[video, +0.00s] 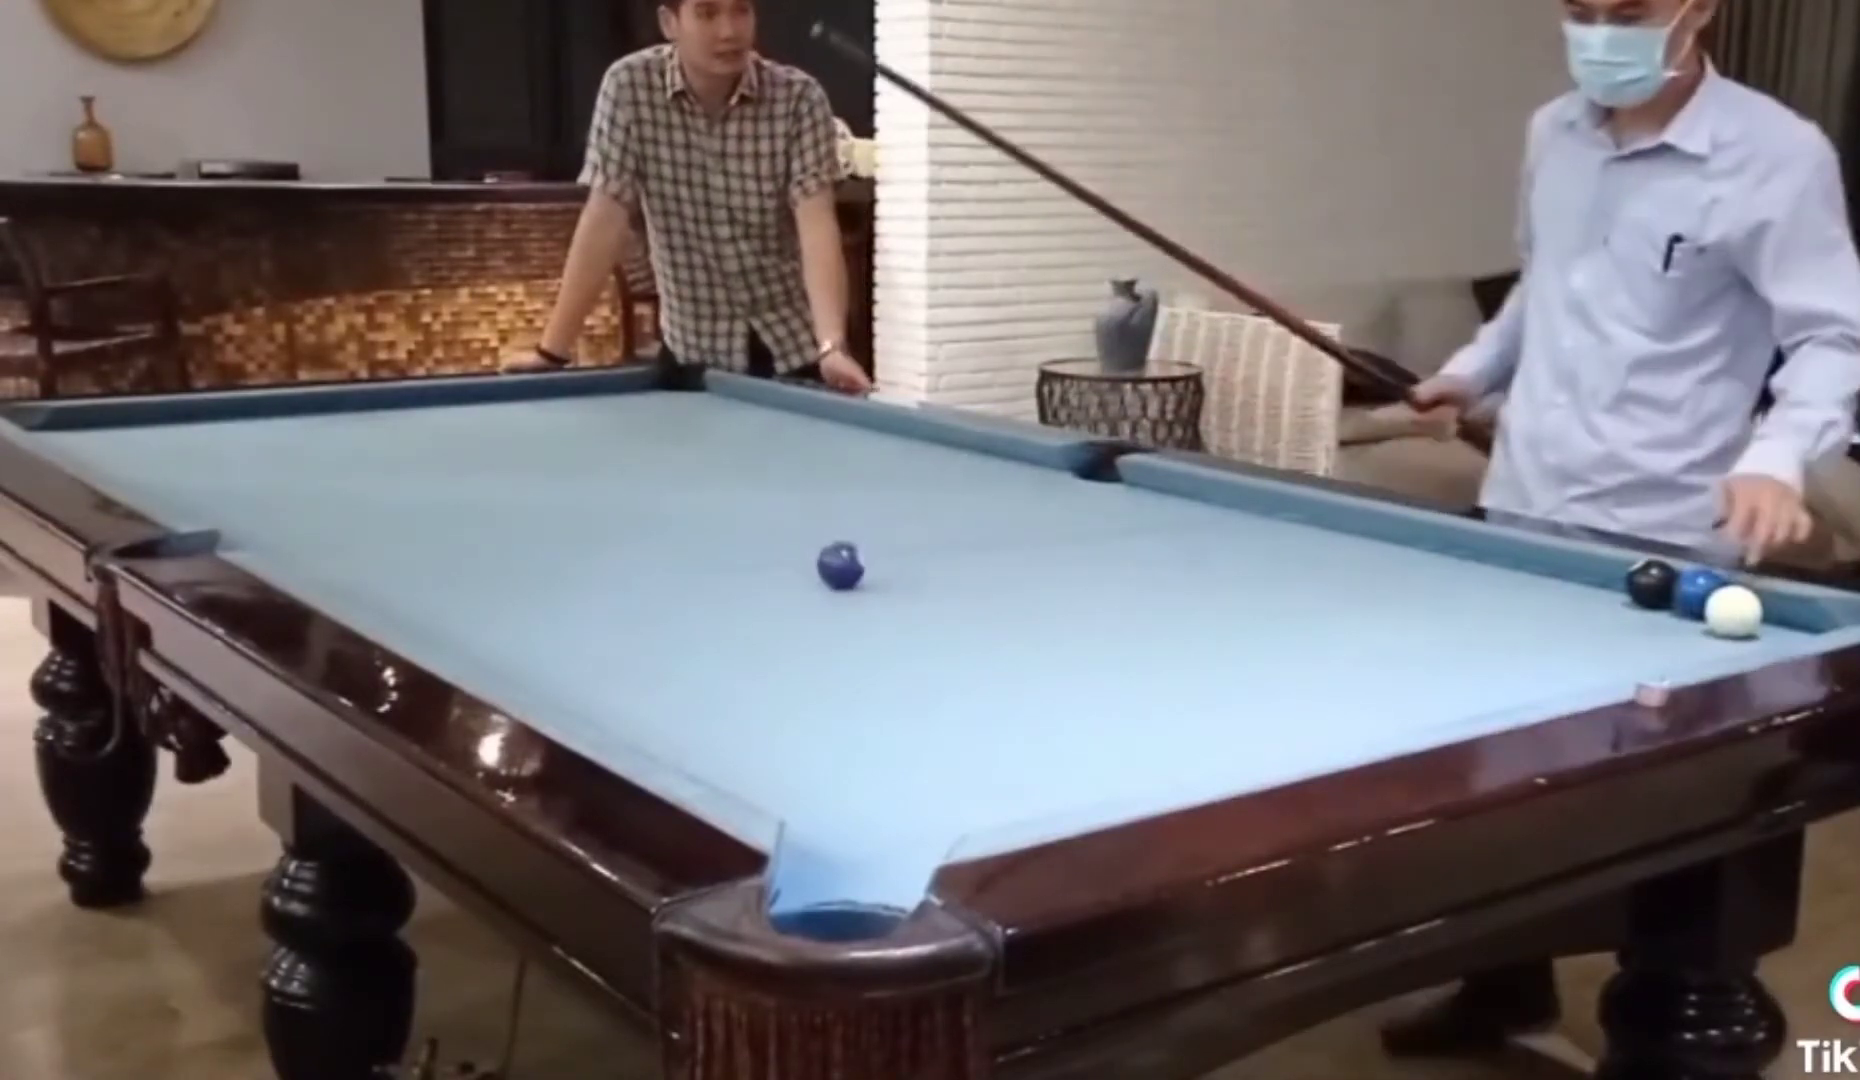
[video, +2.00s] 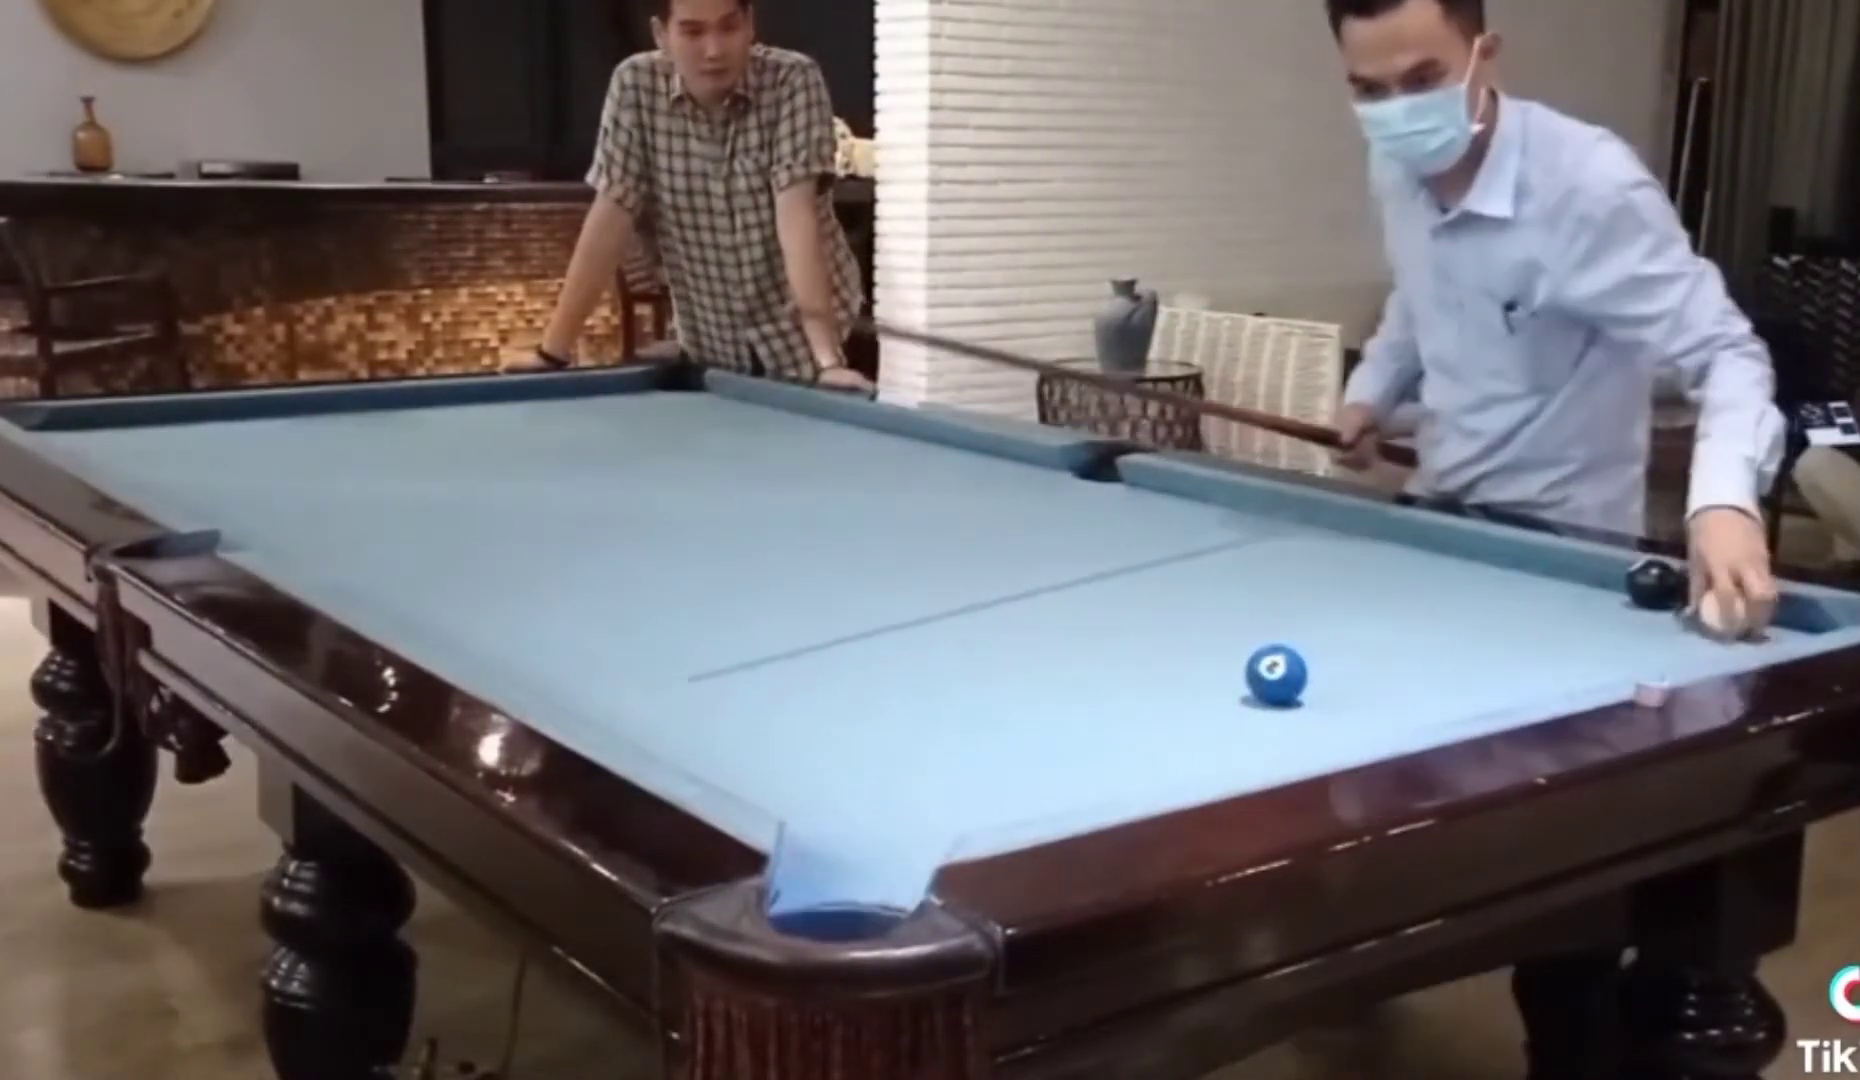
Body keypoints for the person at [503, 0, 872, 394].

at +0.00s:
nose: (728, 32)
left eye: (740, 12)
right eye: (707, 14)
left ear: (756, 18)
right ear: (669, 22)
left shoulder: (796, 96)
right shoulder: (630, 87)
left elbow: (817, 220)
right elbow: (606, 213)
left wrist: (831, 345)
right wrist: (552, 351)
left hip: (794, 339)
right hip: (694, 341)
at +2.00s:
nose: (713, 50)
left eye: (729, 28)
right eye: (693, 31)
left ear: (751, 27)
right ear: (662, 35)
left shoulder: (792, 79)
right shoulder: (636, 84)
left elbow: (798, 212)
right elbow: (611, 212)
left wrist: (829, 360)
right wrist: (552, 352)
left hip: (804, 348)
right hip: (706, 347)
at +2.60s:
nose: (717, 54)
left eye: (732, 32)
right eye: (695, 36)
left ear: (752, 27)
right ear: (662, 37)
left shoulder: (792, 79)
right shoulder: (637, 85)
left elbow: (798, 214)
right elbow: (612, 214)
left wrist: (829, 360)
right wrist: (552, 352)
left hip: (811, 353)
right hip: (710, 354)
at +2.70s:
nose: (717, 55)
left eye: (731, 32)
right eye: (696, 36)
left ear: (752, 26)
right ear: (662, 37)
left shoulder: (792, 79)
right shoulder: (637, 85)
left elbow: (798, 213)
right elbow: (612, 213)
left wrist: (828, 359)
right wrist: (552, 351)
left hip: (810, 352)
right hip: (710, 352)